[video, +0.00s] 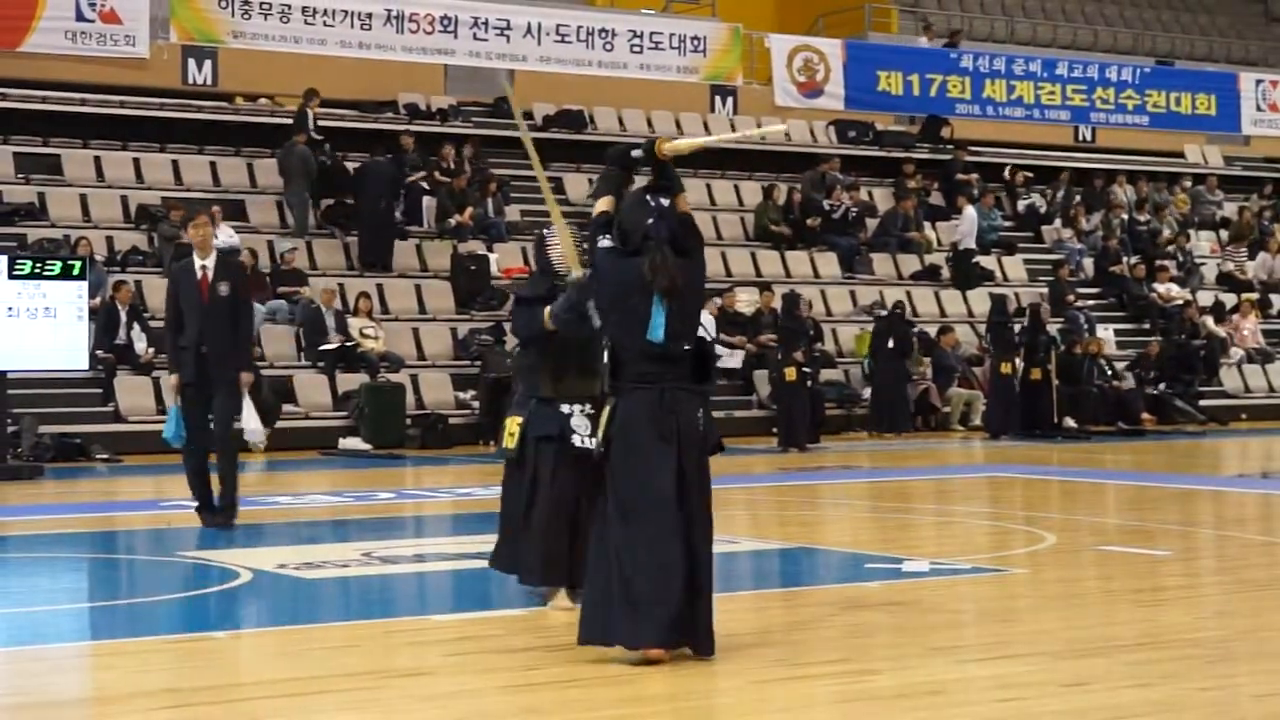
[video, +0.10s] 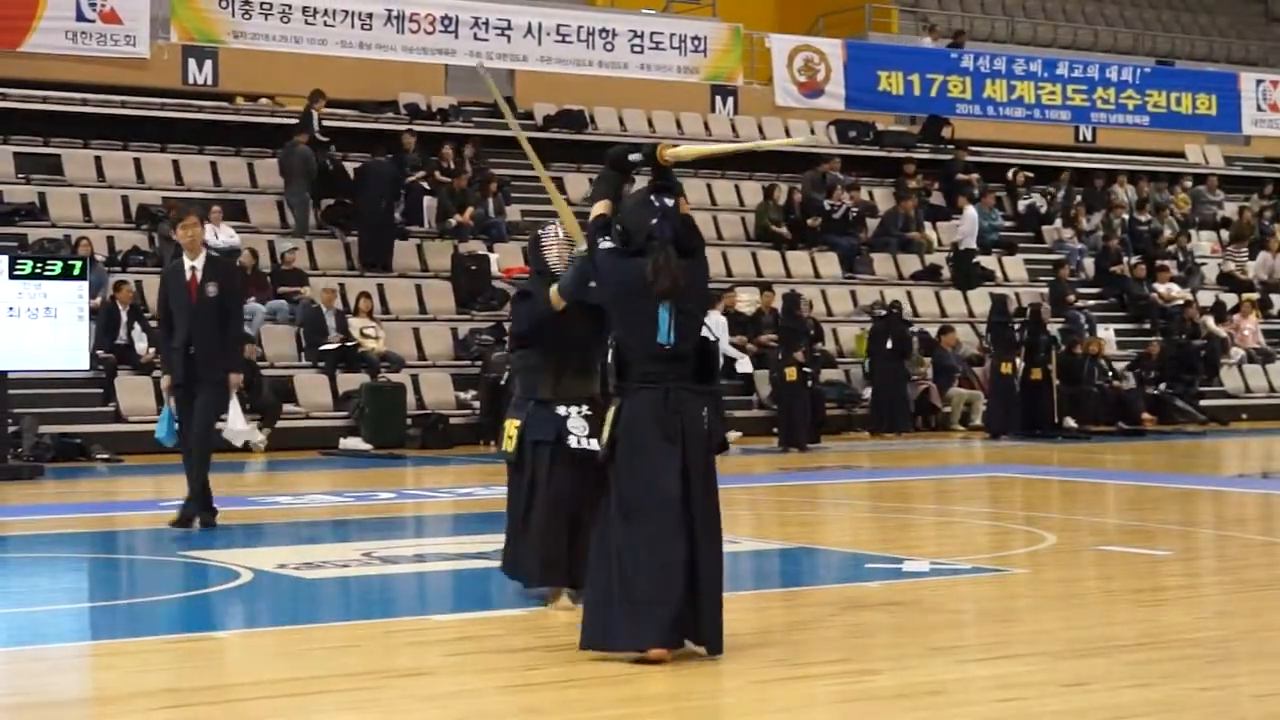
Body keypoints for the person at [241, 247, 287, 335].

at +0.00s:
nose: (242, 259)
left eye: (246, 256)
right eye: (241, 256)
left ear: (253, 260)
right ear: (239, 258)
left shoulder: (260, 275)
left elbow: (267, 292)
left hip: (261, 302)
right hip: (246, 304)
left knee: (281, 305)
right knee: (259, 310)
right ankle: (253, 341)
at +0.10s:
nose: (242, 259)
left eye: (246, 256)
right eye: (242, 256)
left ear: (254, 260)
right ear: (240, 258)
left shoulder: (261, 275)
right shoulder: (238, 274)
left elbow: (268, 293)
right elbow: (235, 292)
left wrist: (256, 298)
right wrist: (244, 300)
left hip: (262, 303)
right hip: (244, 304)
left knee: (282, 305)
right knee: (260, 310)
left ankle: (282, 338)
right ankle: (252, 341)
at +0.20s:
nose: (242, 259)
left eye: (246, 256)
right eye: (242, 256)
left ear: (254, 260)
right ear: (240, 257)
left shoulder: (261, 275)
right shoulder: (238, 274)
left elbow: (268, 293)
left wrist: (257, 298)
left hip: (262, 303)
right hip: (243, 305)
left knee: (283, 305)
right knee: (261, 310)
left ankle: (282, 337)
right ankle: (252, 339)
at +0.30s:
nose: (243, 258)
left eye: (246, 255)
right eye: (243, 255)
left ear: (255, 259)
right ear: (241, 258)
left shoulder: (262, 274)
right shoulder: (238, 272)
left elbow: (270, 294)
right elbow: (239, 286)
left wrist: (257, 298)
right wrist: (240, 267)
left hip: (263, 303)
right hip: (244, 304)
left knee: (284, 304)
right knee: (262, 310)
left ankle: (283, 336)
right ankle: (253, 341)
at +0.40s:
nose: (244, 258)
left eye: (247, 255)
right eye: (243, 255)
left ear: (256, 259)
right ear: (242, 258)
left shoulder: (262, 274)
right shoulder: (238, 272)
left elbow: (270, 294)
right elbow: (240, 286)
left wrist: (258, 297)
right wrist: (241, 267)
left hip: (264, 303)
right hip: (246, 303)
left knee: (284, 304)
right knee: (263, 310)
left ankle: (283, 336)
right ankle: (254, 341)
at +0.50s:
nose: (244, 258)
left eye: (248, 256)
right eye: (244, 255)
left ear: (256, 260)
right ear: (242, 258)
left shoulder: (263, 274)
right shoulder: (239, 272)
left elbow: (271, 294)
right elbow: (240, 286)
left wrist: (259, 298)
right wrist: (242, 267)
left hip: (265, 303)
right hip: (245, 304)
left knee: (285, 304)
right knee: (263, 310)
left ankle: (283, 337)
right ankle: (255, 342)